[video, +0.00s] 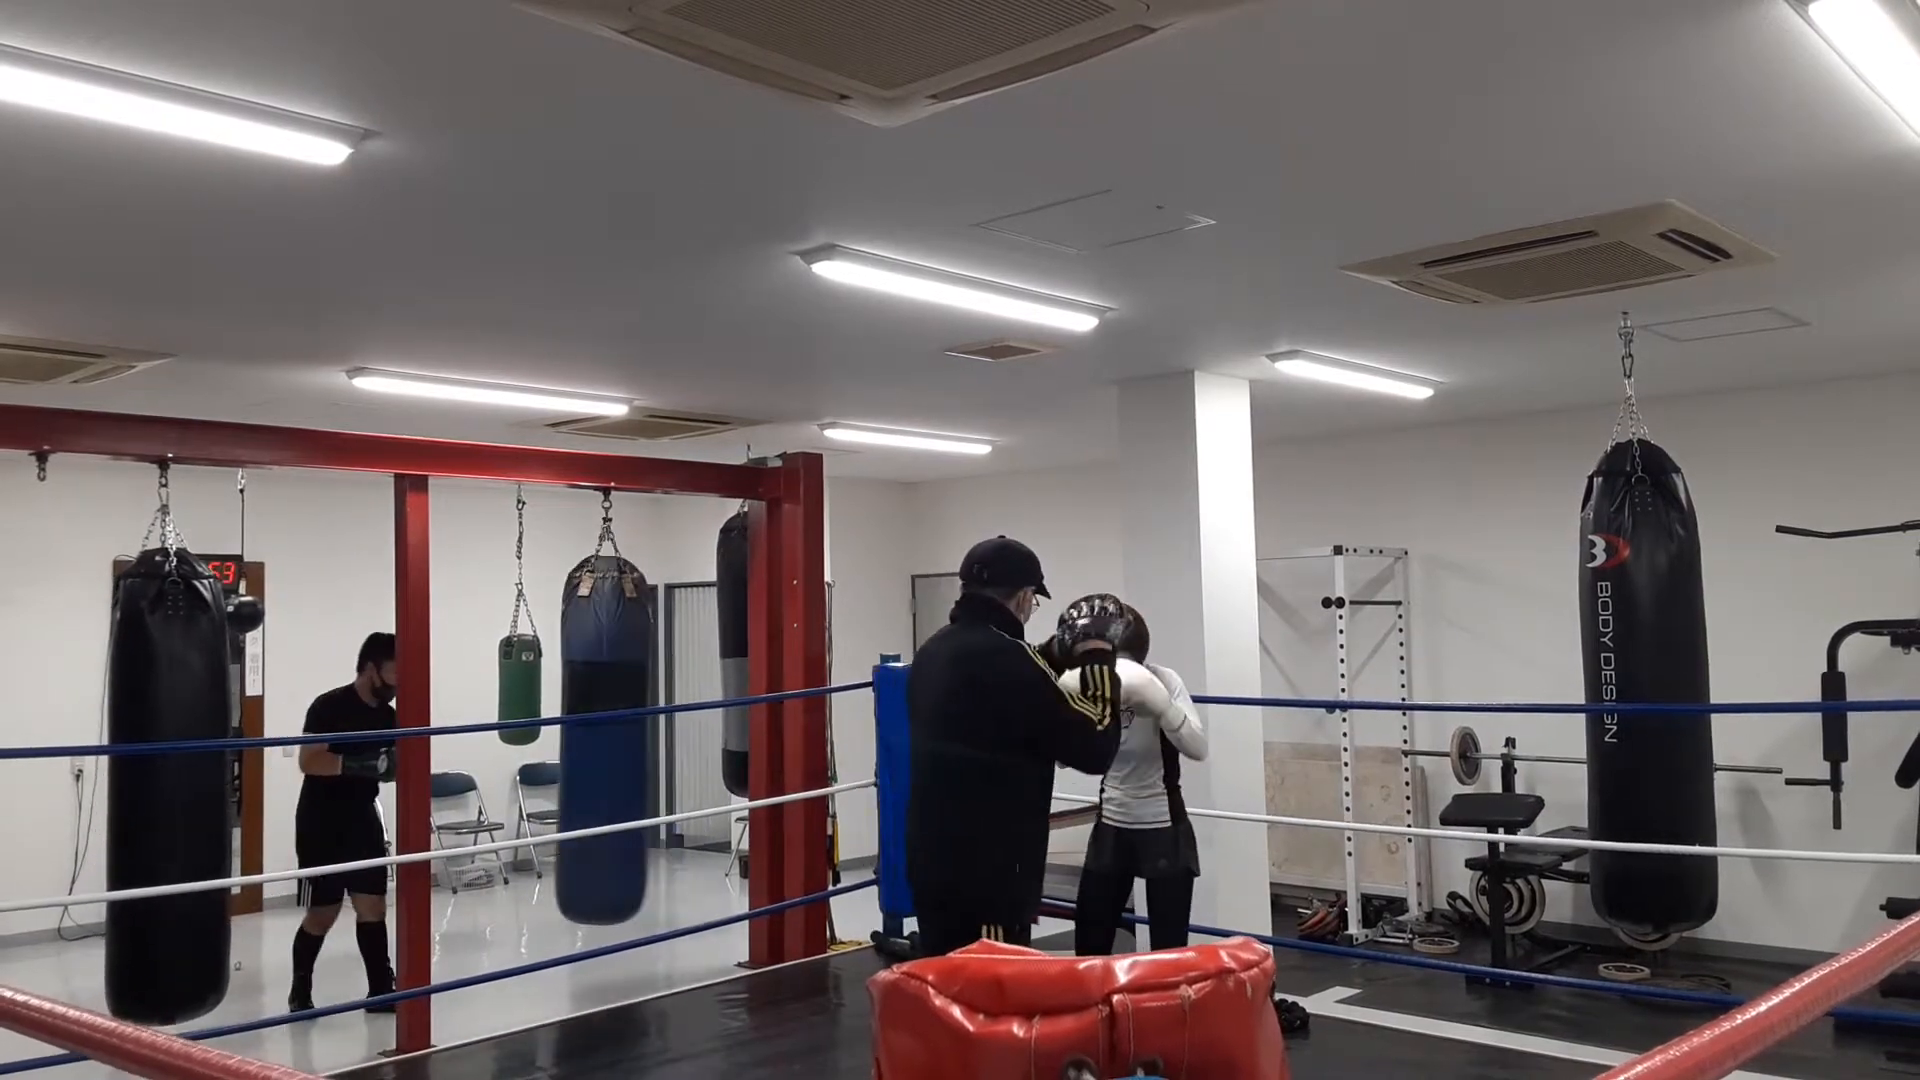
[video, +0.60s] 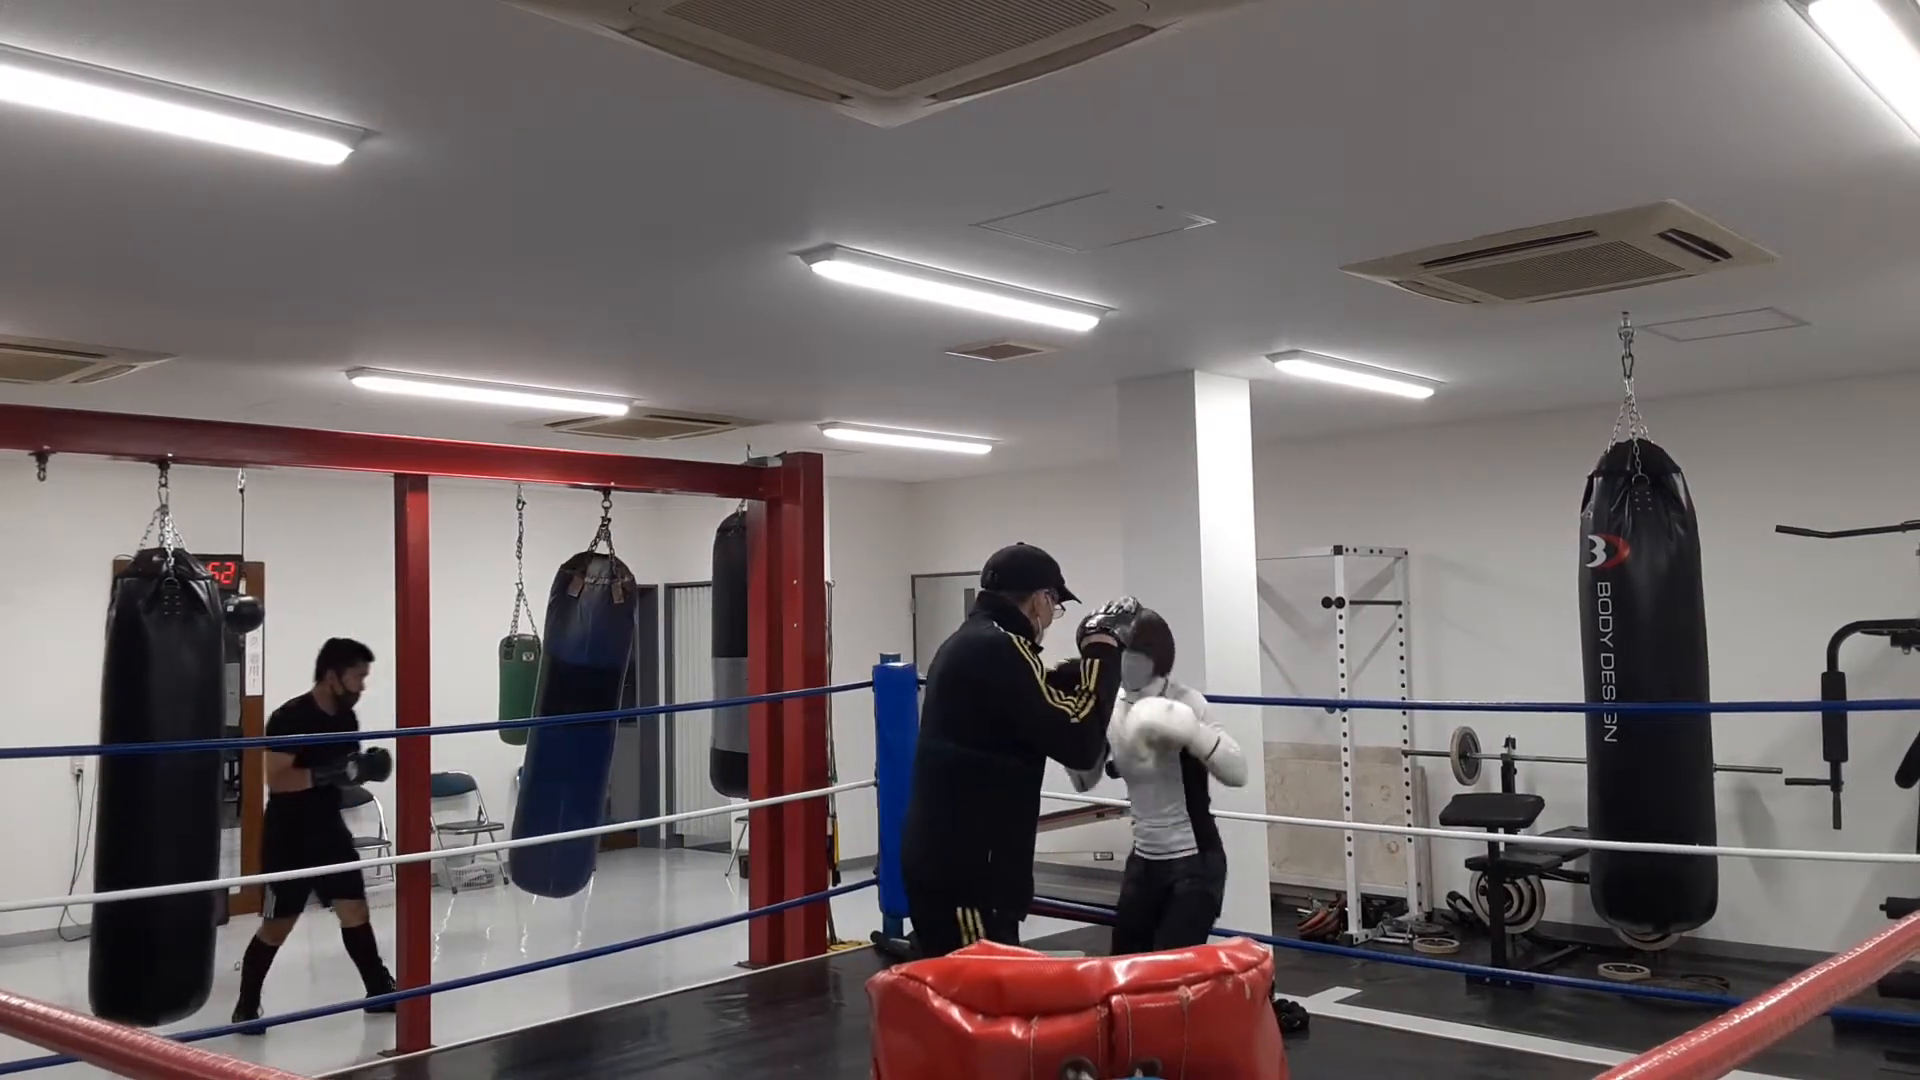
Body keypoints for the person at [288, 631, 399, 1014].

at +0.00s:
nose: (398, 680)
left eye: (400, 673)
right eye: (393, 671)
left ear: (383, 670)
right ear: (370, 667)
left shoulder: (389, 716)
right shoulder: (327, 707)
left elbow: (396, 766)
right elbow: (308, 761)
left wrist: (403, 762)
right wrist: (358, 763)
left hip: (363, 814)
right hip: (321, 816)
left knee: (372, 904)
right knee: (324, 910)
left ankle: (380, 991)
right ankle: (300, 993)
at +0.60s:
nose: (362, 687)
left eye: (365, 679)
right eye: (357, 678)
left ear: (343, 679)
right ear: (330, 675)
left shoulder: (346, 719)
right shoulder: (288, 718)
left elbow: (340, 768)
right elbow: (276, 779)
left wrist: (365, 768)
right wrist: (330, 774)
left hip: (329, 825)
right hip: (288, 828)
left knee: (354, 907)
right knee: (280, 920)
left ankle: (378, 989)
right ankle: (247, 1004)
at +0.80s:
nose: (332, 678)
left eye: (333, 670)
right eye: (326, 670)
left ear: (307, 672)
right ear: (298, 670)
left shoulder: (319, 712)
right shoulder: (260, 716)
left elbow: (311, 761)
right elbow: (249, 778)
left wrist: (339, 761)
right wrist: (302, 770)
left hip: (310, 821)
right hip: (269, 826)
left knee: (337, 902)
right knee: (268, 915)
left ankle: (340, 987)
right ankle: (245, 1003)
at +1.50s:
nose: (364, 685)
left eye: (367, 677)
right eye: (357, 677)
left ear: (366, 675)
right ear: (331, 676)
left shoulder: (358, 718)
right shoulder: (295, 720)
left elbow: (355, 765)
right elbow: (282, 778)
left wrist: (370, 771)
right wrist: (332, 778)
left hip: (339, 816)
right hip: (297, 820)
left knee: (365, 889)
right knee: (285, 907)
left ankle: (371, 975)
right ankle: (252, 998)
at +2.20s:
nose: (323, 681)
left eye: (327, 673)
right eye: (316, 673)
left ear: (328, 671)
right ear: (292, 670)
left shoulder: (315, 711)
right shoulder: (254, 711)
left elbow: (351, 757)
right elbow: (266, 760)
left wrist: (361, 733)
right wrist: (309, 729)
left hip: (307, 820)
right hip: (263, 824)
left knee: (331, 892)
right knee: (254, 905)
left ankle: (355, 974)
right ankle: (235, 989)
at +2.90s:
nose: (355, 686)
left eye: (357, 678)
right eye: (348, 678)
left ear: (355, 679)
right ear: (324, 678)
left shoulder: (348, 718)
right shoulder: (288, 719)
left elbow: (386, 755)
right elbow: (307, 763)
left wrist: (393, 724)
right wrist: (346, 731)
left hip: (343, 828)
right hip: (298, 832)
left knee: (380, 896)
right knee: (277, 912)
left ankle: (395, 972)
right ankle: (238, 989)